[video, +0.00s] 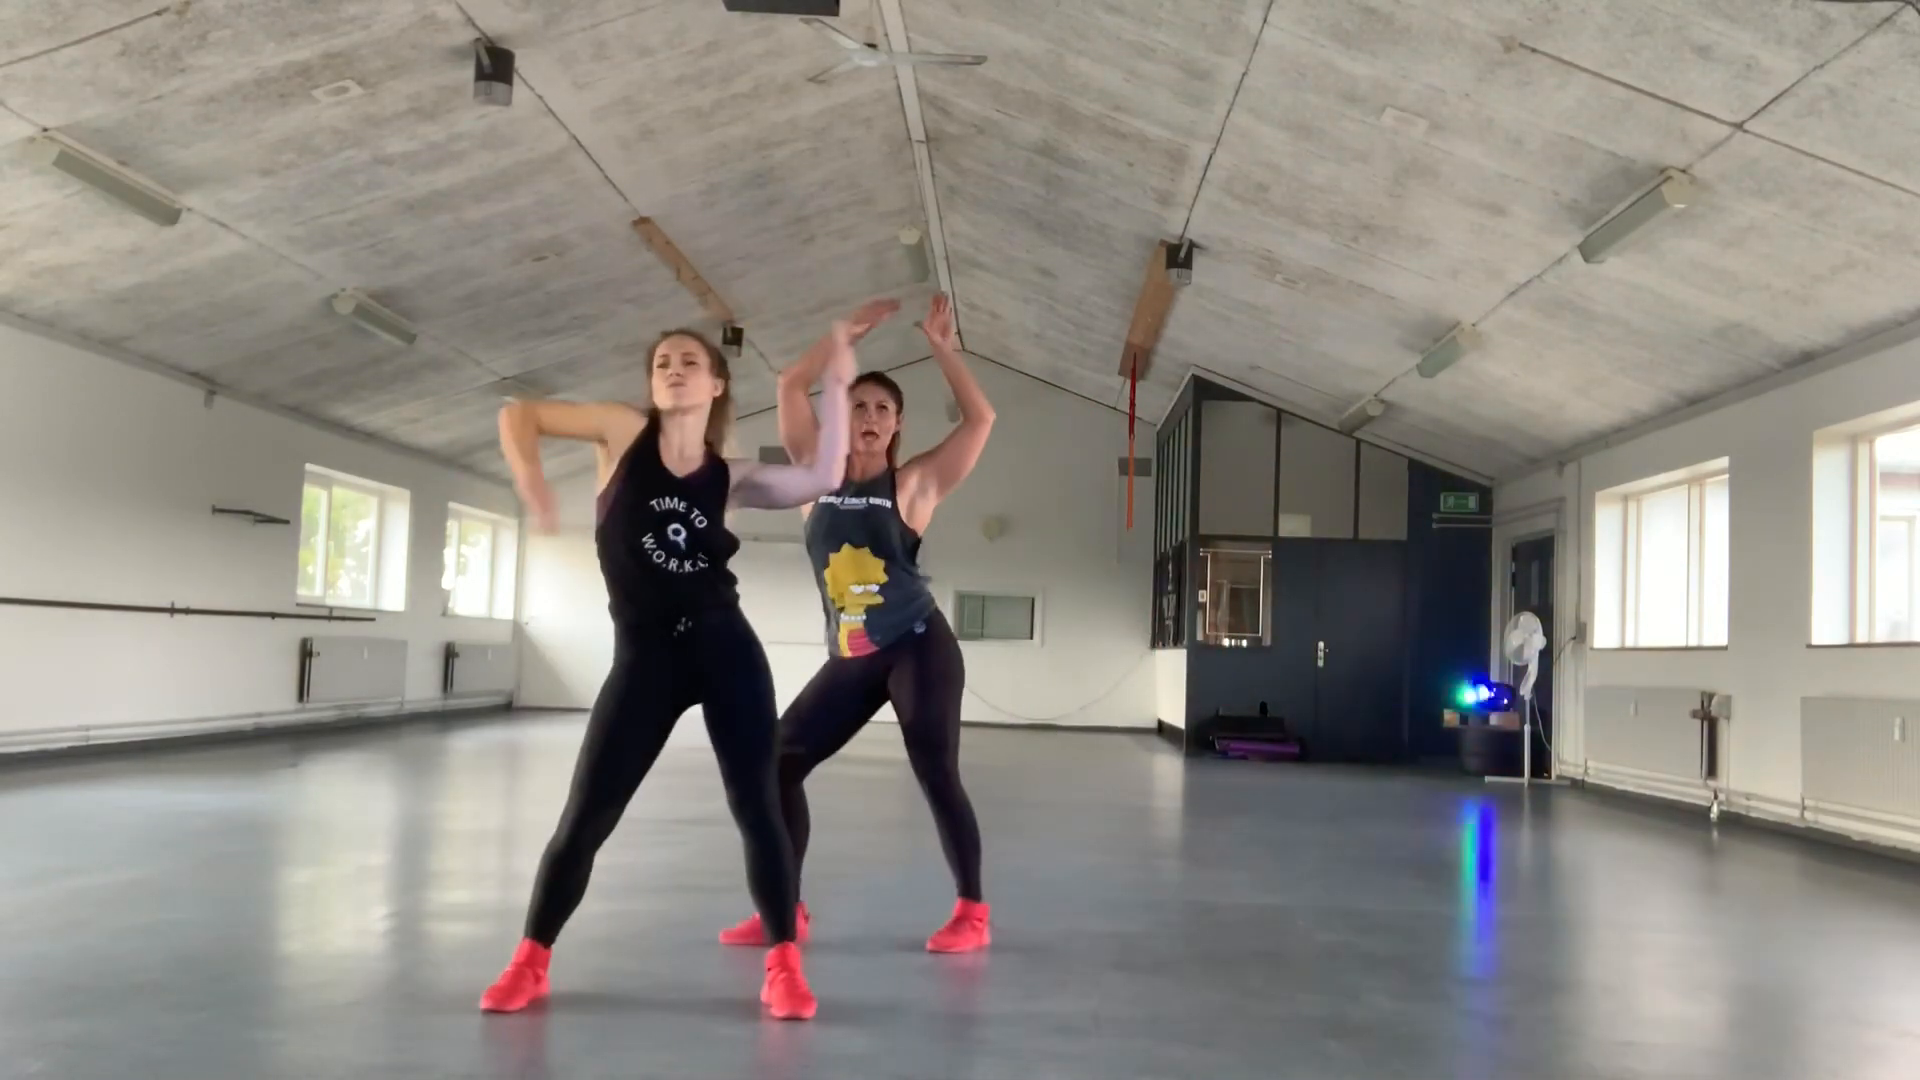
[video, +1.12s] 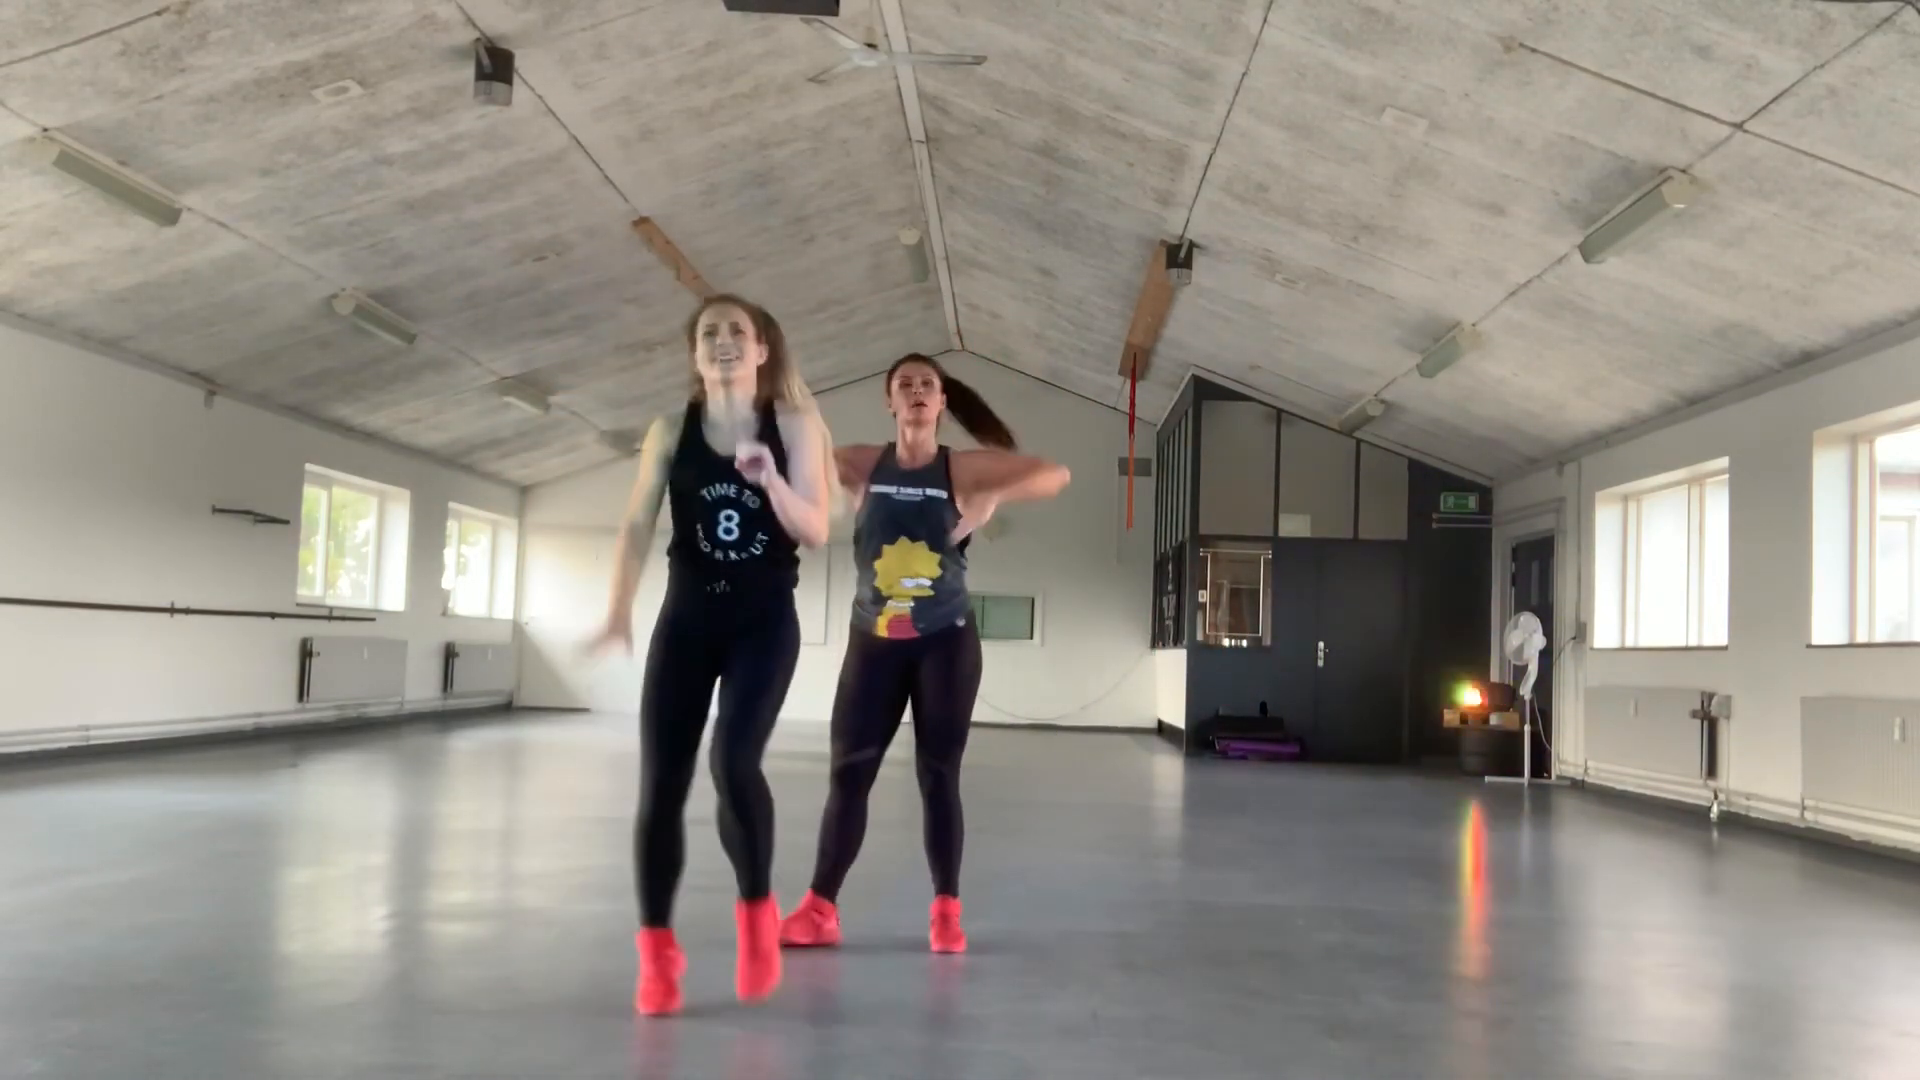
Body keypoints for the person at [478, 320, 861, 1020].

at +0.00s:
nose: (674, 371)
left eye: (690, 363)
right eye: (663, 364)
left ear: (719, 386)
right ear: (649, 385)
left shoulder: (729, 477)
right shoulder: (623, 429)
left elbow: (821, 476)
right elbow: (518, 414)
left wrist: (835, 380)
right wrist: (534, 487)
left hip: (728, 658)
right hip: (644, 663)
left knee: (756, 808)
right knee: (583, 822)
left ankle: (786, 962)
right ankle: (531, 959)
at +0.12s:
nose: (665, 368)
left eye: (682, 360)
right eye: (655, 361)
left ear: (711, 382)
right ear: (643, 380)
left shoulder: (723, 467)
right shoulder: (618, 424)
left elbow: (795, 465)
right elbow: (524, 394)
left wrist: (775, 369)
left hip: (698, 655)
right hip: (620, 656)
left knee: (762, 799)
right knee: (577, 823)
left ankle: (787, 955)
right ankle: (529, 959)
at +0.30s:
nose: (658, 367)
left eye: (675, 360)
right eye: (647, 358)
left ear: (700, 381)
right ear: (631, 378)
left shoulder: (723, 445)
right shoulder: (608, 450)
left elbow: (767, 350)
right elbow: (514, 400)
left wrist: (680, 312)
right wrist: (520, 310)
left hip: (662, 659)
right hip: (580, 645)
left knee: (728, 801)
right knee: (553, 801)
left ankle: (774, 965)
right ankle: (521, 959)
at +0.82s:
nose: (715, 371)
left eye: (728, 361)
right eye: (703, 360)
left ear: (748, 377)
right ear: (684, 375)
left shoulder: (762, 453)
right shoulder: (653, 442)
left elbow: (787, 433)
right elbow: (563, 387)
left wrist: (755, 347)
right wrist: (636, 333)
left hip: (762, 644)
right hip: (684, 652)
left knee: (781, 794)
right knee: (617, 805)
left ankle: (778, 957)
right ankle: (558, 961)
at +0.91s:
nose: (727, 358)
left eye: (741, 349)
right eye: (715, 346)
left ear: (761, 368)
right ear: (695, 362)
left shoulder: (778, 440)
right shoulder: (670, 440)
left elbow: (791, 471)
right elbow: (563, 435)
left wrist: (774, 368)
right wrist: (622, 374)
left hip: (768, 642)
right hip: (689, 646)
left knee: (780, 795)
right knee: (619, 799)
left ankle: (777, 958)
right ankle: (557, 956)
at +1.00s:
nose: (727, 345)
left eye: (742, 336)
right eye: (716, 334)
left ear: (768, 355)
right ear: (700, 351)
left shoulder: (787, 427)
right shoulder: (675, 428)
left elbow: (816, 503)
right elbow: (598, 500)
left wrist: (783, 412)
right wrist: (618, 455)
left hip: (767, 636)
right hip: (688, 634)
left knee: (763, 793)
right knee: (625, 789)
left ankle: (771, 953)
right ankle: (593, 945)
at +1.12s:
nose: (723, 342)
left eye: (737, 332)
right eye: (711, 333)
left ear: (763, 349)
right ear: (694, 353)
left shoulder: (794, 424)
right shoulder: (671, 429)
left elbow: (815, 527)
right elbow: (637, 526)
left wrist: (772, 482)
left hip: (765, 624)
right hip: (686, 623)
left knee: (733, 763)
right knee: (662, 783)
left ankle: (757, 912)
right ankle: (656, 943)